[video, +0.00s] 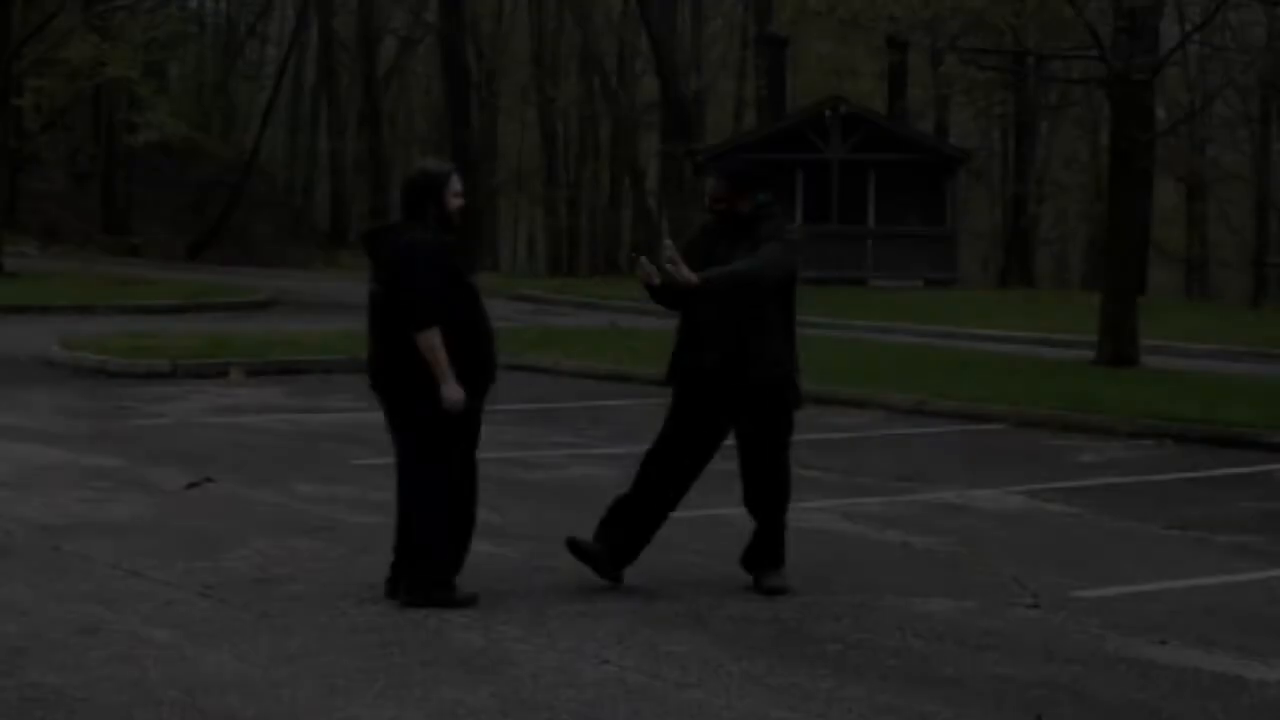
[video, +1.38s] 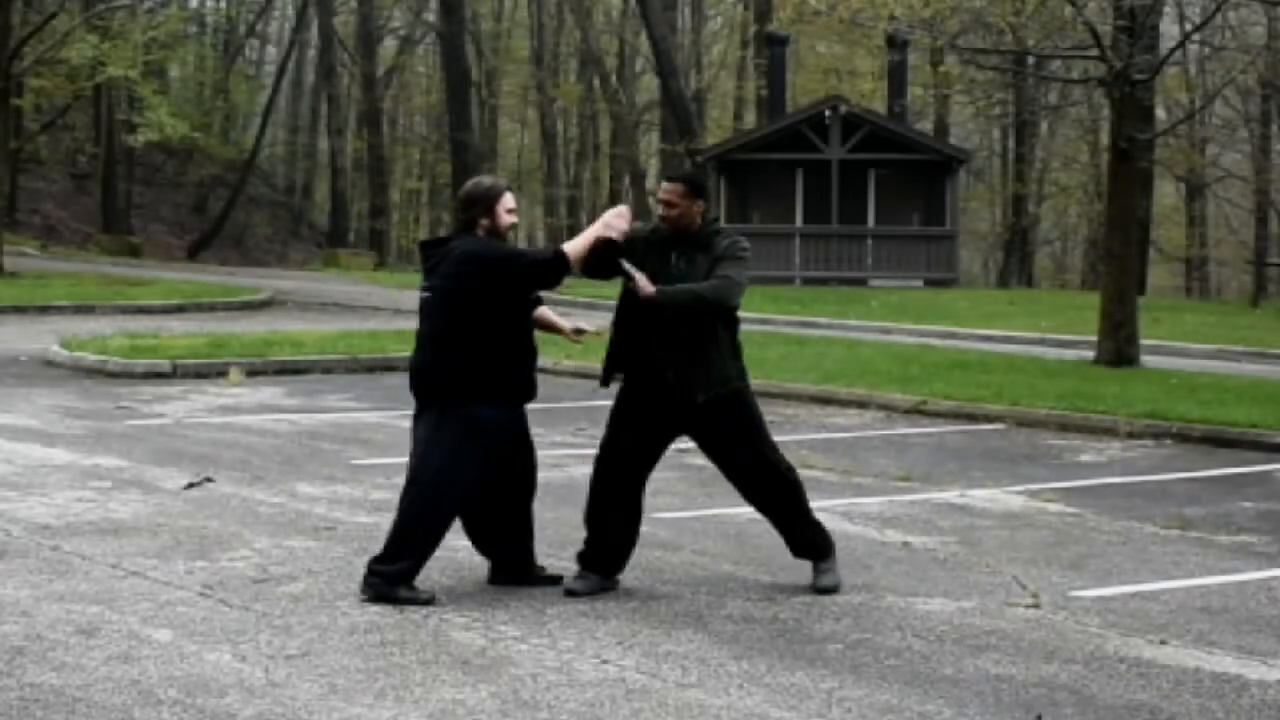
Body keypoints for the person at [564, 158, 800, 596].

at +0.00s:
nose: (713, 204)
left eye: (720, 195)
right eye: (713, 196)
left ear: (739, 197)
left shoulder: (774, 240)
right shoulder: (710, 237)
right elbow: (686, 301)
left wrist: (699, 280)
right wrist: (659, 286)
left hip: (764, 380)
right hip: (706, 378)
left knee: (767, 481)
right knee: (667, 468)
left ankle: (769, 567)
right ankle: (612, 553)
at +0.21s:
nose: (682, 207)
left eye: (690, 200)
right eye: (679, 198)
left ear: (715, 200)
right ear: (676, 198)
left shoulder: (743, 239)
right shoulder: (670, 241)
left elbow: (736, 282)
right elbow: (630, 301)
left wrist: (660, 274)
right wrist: (604, 276)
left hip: (732, 384)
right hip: (669, 384)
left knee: (754, 479)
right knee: (637, 479)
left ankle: (768, 566)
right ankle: (601, 570)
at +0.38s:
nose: (655, 205)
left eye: (665, 197)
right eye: (651, 196)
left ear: (690, 196)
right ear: (645, 193)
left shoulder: (713, 237)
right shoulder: (634, 239)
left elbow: (711, 279)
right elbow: (572, 285)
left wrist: (637, 268)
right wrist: (543, 259)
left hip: (705, 381)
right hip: (639, 382)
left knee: (735, 473)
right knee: (617, 477)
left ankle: (764, 567)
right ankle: (600, 570)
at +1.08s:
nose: (613, 212)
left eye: (622, 204)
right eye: (608, 203)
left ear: (647, 203)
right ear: (603, 203)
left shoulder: (681, 238)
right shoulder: (593, 247)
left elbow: (686, 289)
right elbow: (560, 283)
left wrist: (623, 280)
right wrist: (529, 310)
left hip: (681, 383)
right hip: (616, 387)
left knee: (720, 471)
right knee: (598, 478)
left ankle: (751, 567)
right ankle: (599, 569)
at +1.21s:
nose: (623, 212)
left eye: (633, 206)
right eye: (620, 204)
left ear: (659, 206)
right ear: (616, 205)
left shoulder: (693, 245)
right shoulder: (605, 251)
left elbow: (701, 297)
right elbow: (569, 296)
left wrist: (635, 285)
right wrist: (584, 326)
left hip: (689, 385)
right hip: (624, 387)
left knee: (737, 468)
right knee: (598, 475)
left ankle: (782, 556)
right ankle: (597, 568)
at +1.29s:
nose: (640, 213)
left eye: (649, 206)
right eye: (637, 204)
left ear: (675, 208)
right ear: (633, 204)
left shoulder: (706, 247)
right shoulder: (624, 247)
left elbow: (709, 298)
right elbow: (579, 289)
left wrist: (638, 292)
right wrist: (612, 284)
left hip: (697, 392)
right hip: (630, 394)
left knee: (750, 469)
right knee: (602, 477)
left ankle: (805, 551)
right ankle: (597, 569)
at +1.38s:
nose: (662, 213)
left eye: (671, 206)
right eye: (660, 204)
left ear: (699, 207)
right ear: (656, 204)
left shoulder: (727, 246)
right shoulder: (648, 242)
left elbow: (726, 294)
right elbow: (592, 266)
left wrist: (657, 292)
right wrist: (605, 236)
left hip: (713, 389)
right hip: (649, 388)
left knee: (763, 473)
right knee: (615, 475)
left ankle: (821, 554)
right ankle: (598, 569)